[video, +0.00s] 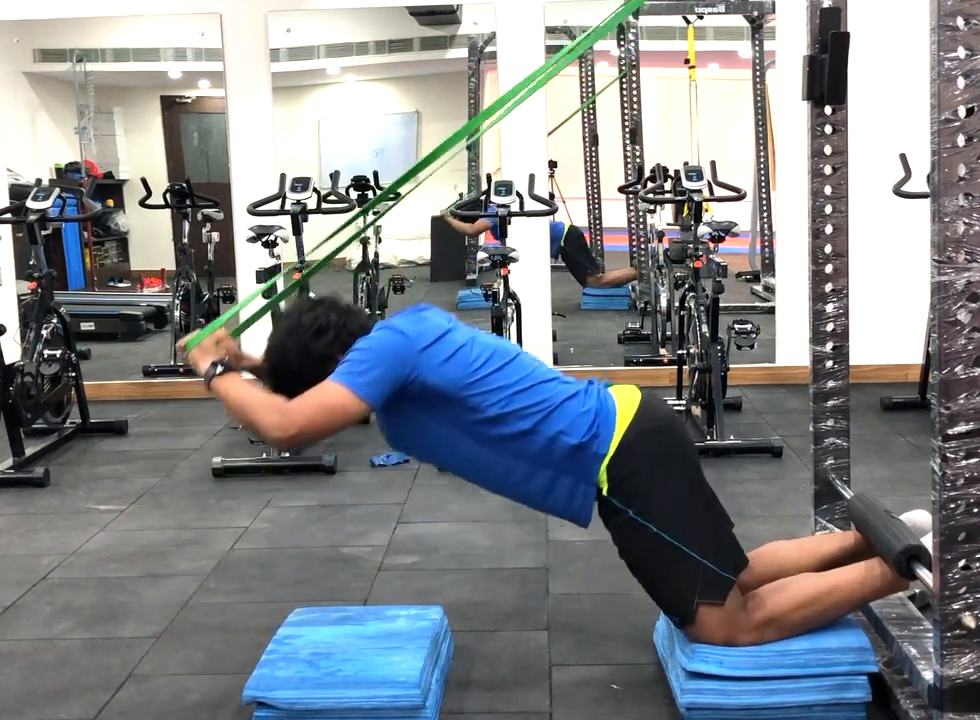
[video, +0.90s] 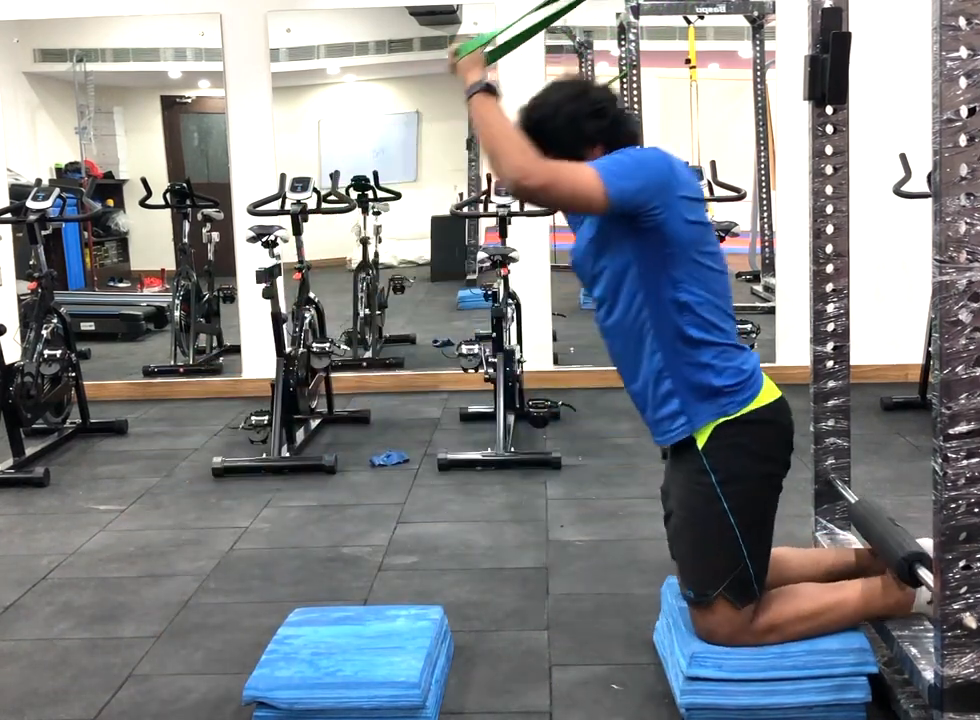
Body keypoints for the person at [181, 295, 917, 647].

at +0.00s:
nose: (318, 400)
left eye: (315, 387)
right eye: (313, 389)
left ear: (328, 355)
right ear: (343, 332)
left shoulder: (393, 342)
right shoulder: (400, 335)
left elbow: (283, 427)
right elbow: (299, 417)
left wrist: (218, 376)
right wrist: (239, 371)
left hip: (624, 454)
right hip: (623, 439)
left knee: (726, 628)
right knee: (720, 586)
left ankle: (901, 569)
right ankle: (859, 534)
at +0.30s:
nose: (362, 316)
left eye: (362, 303)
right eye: (360, 304)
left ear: (385, 285)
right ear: (400, 270)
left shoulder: (458, 277)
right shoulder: (456, 281)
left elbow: (339, 336)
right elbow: (345, 338)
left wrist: (269, 278)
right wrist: (282, 285)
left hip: (658, 437)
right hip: (657, 428)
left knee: (726, 623)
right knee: (720, 579)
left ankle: (910, 572)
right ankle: (865, 539)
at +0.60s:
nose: (448, 250)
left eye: (451, 234)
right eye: (444, 235)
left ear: (480, 210)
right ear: (481, 210)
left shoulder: (546, 222)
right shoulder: (527, 236)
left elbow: (421, 263)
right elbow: (422, 263)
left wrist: (349, 195)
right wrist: (360, 208)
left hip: (702, 432)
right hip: (682, 436)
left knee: (729, 622)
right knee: (724, 581)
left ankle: (906, 573)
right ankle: (868, 540)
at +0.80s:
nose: (519, 207)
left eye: (520, 192)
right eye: (511, 194)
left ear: (548, 172)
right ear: (565, 157)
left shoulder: (616, 186)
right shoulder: (588, 218)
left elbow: (490, 203)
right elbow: (493, 204)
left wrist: (429, 123)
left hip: (725, 427)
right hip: (690, 436)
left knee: (729, 624)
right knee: (714, 580)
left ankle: (905, 582)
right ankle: (866, 548)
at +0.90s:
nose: (543, 182)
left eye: (550, 167)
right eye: (540, 168)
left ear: (583, 148)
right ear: (590, 150)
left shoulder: (648, 173)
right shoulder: (612, 203)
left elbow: (526, 174)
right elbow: (528, 178)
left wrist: (475, 86)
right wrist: (483, 102)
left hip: (731, 427)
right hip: (697, 430)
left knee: (724, 620)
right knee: (710, 572)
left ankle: (908, 595)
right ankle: (867, 559)